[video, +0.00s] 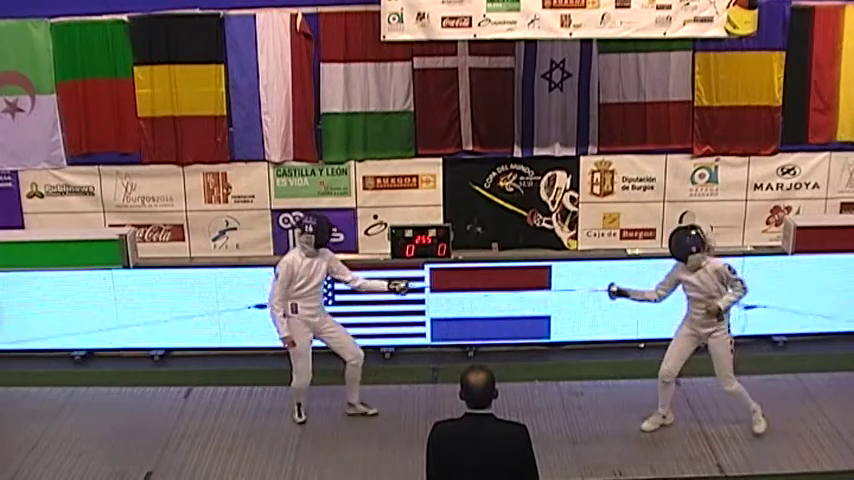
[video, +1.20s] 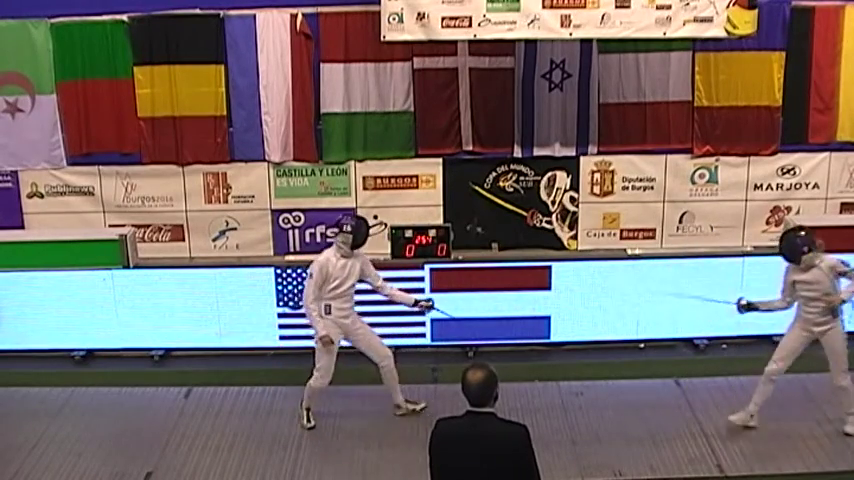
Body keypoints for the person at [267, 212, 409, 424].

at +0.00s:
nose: (305, 240)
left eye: (310, 237)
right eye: (302, 235)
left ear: (320, 241)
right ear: (299, 236)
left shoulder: (326, 258)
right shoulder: (289, 262)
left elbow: (355, 282)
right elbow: (275, 302)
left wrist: (389, 286)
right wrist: (284, 333)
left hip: (320, 317)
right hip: (296, 320)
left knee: (355, 356)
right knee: (302, 376)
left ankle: (353, 404)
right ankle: (299, 406)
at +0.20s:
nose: (321, 239)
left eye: (326, 236)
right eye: (319, 235)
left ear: (336, 240)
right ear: (316, 236)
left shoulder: (343, 260)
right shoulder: (305, 264)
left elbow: (369, 284)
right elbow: (292, 303)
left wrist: (403, 285)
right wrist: (300, 335)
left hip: (338, 320)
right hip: (313, 323)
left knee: (377, 354)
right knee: (310, 377)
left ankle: (379, 401)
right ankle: (299, 404)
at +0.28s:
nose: (332, 238)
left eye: (337, 234)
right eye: (330, 233)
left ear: (345, 237)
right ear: (325, 235)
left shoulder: (353, 256)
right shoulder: (315, 261)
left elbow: (382, 279)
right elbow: (303, 299)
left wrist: (418, 280)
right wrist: (313, 331)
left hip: (348, 319)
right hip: (323, 322)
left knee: (384, 355)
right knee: (313, 374)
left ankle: (400, 403)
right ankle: (299, 402)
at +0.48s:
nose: (361, 242)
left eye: (366, 238)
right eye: (358, 237)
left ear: (376, 239)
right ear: (354, 236)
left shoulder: (381, 256)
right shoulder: (344, 263)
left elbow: (411, 274)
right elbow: (334, 304)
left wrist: (447, 279)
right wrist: (343, 333)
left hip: (379, 321)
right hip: (353, 324)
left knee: (413, 357)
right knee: (331, 375)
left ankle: (409, 405)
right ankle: (306, 403)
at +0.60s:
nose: (366, 235)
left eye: (372, 232)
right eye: (364, 230)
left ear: (383, 236)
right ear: (361, 230)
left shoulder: (390, 252)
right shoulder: (352, 258)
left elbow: (420, 273)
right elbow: (342, 297)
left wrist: (455, 281)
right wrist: (352, 328)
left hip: (385, 316)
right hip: (360, 319)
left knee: (415, 356)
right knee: (348, 374)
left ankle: (409, 404)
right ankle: (332, 402)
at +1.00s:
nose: (359, 248)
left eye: (365, 245)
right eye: (357, 242)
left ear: (374, 248)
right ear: (352, 242)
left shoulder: (378, 266)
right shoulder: (342, 271)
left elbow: (405, 291)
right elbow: (333, 312)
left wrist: (439, 302)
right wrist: (344, 340)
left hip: (375, 328)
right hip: (351, 332)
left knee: (414, 356)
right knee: (336, 386)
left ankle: (409, 405)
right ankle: (307, 405)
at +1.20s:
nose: (342, 239)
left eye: (348, 236)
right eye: (341, 233)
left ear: (358, 241)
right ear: (337, 234)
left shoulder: (360, 261)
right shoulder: (322, 262)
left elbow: (383, 288)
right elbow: (309, 301)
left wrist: (414, 302)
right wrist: (320, 330)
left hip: (351, 320)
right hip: (326, 322)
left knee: (385, 358)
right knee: (322, 376)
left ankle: (400, 404)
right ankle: (306, 407)